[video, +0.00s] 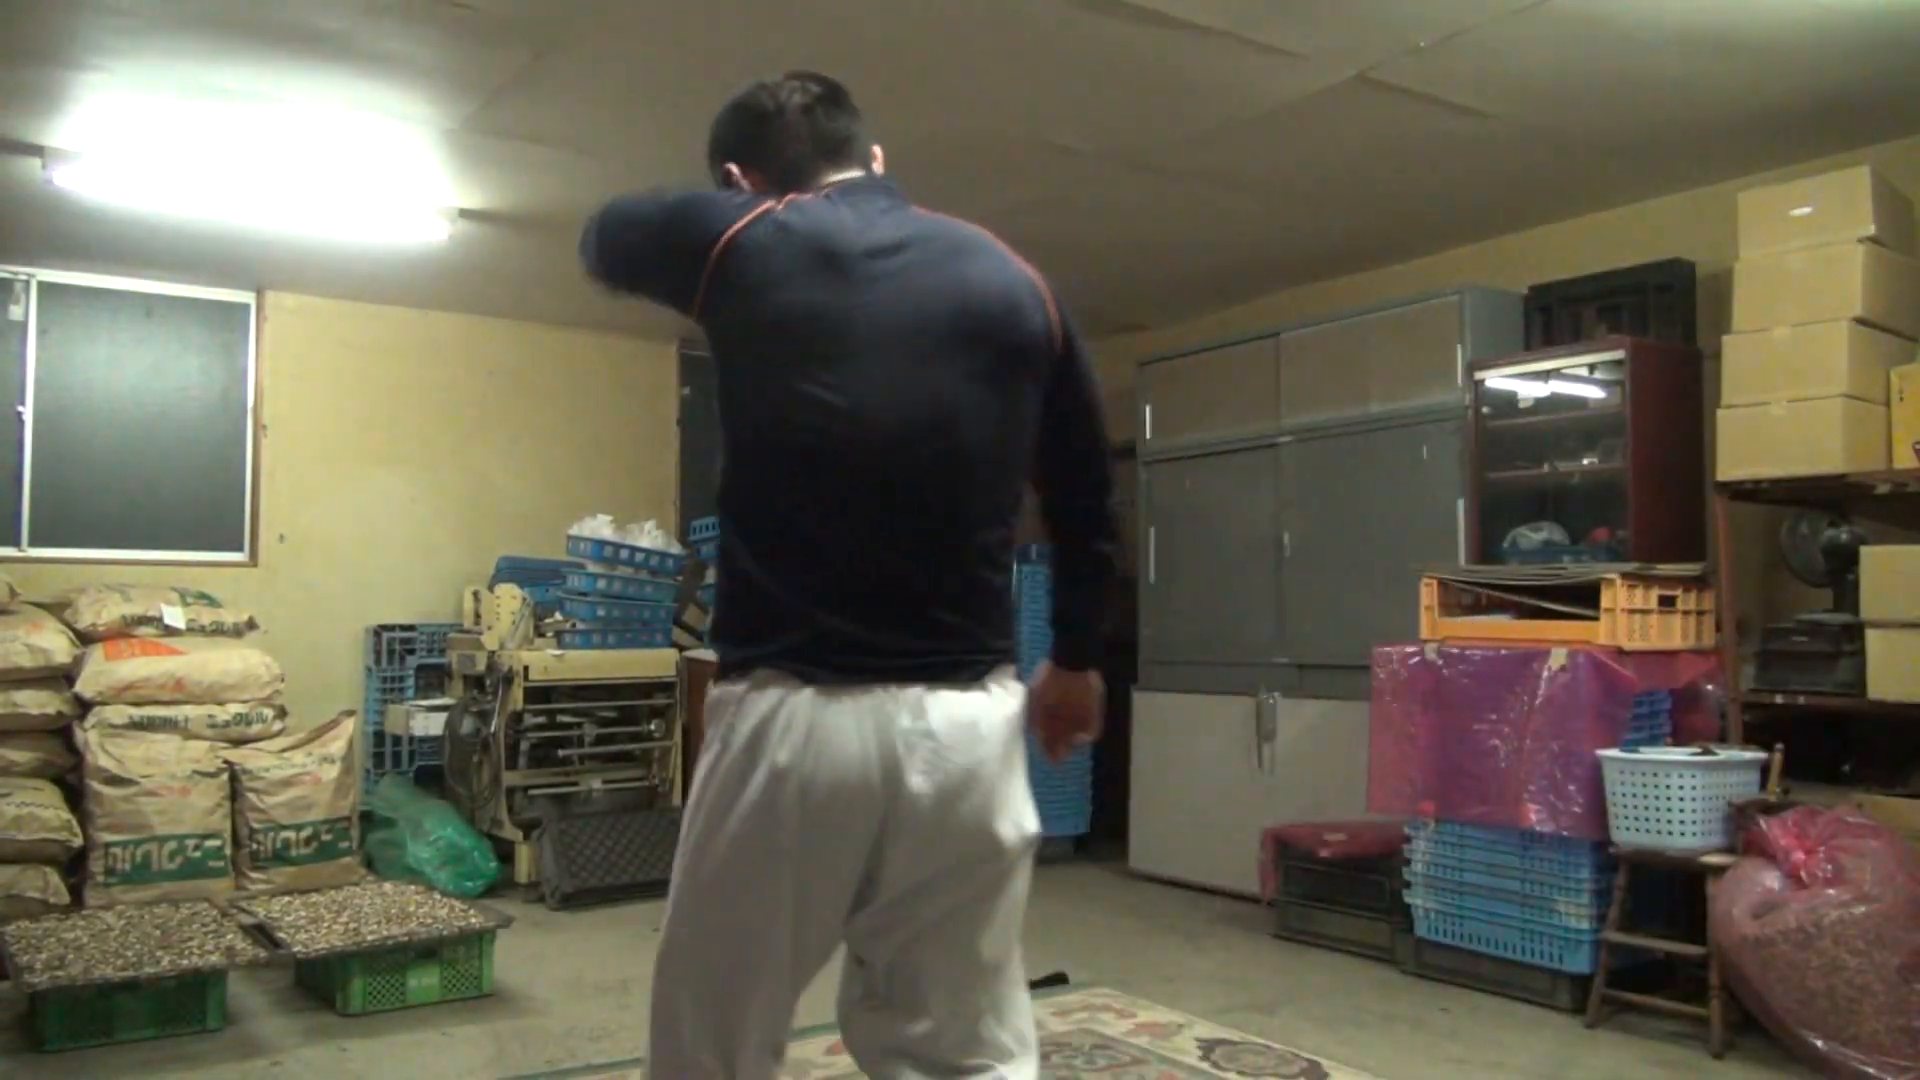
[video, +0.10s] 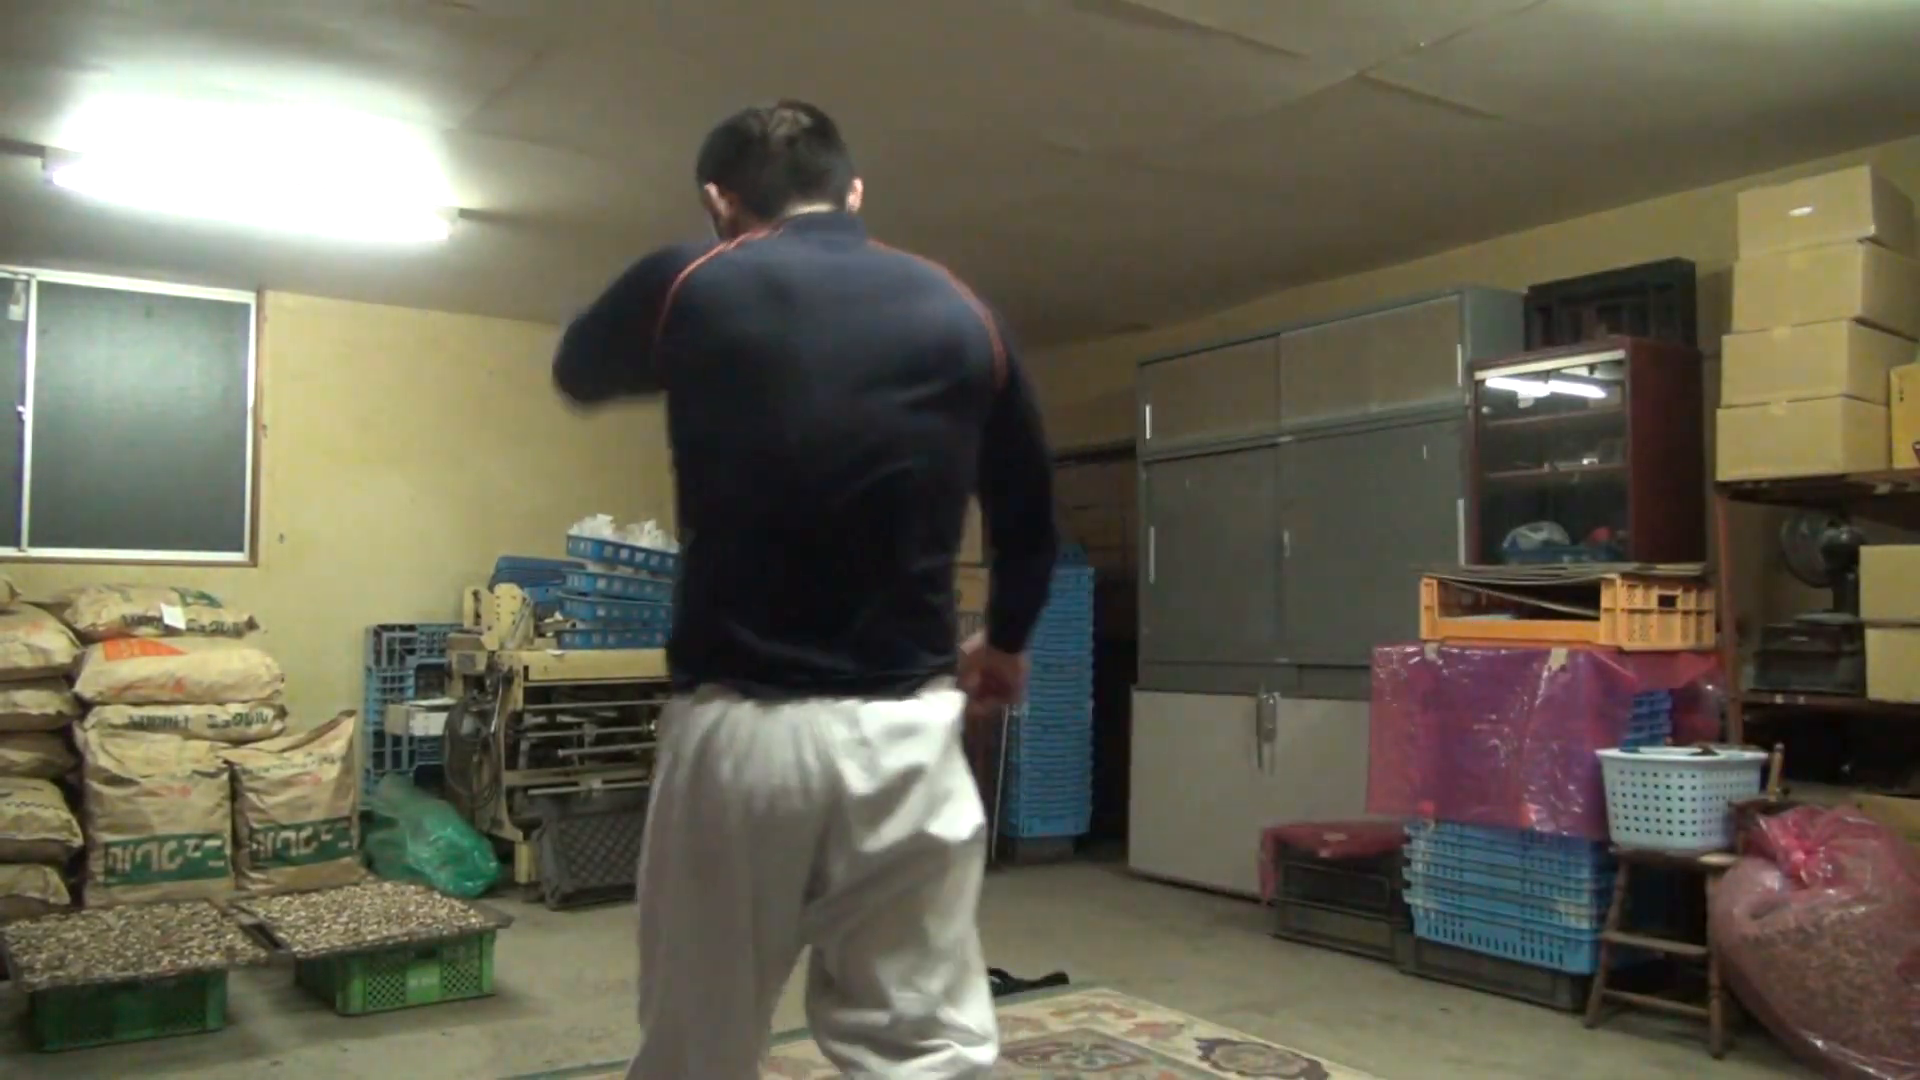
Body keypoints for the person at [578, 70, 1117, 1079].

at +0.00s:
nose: (725, 196)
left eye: (723, 185)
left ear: (743, 185)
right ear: (881, 164)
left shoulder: (751, 249)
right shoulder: (1013, 279)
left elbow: (608, 237)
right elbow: (1084, 496)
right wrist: (1080, 658)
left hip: (791, 731)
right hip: (973, 734)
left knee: (711, 1054)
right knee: (970, 1053)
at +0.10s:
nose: (705, 224)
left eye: (705, 210)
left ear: (722, 205)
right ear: (858, 197)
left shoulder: (694, 293)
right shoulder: (956, 309)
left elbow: (579, 370)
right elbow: (1025, 511)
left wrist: (702, 261)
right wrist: (1005, 642)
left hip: (736, 739)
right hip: (911, 739)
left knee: (694, 1057)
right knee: (925, 1053)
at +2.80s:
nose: (405, 288)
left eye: (403, 265)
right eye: (395, 263)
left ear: (321, 267)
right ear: (337, 262)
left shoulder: (213, 349)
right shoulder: (290, 339)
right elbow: (238, 482)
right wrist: (391, 573)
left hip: (112, 698)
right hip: (205, 698)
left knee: (90, 1013)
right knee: (362, 962)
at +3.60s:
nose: (419, 339)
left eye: (421, 316)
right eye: (415, 313)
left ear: (309, 310)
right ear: (366, 308)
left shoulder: (205, 380)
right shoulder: (353, 390)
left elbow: (288, 501)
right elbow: (394, 566)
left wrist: (433, 498)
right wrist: (539, 548)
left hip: (101, 715)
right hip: (236, 716)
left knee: (51, 1018)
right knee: (411, 957)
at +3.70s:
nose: (421, 349)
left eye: (423, 330)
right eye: (421, 328)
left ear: (309, 312)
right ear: (388, 321)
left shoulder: (197, 390)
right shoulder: (398, 409)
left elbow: (208, 540)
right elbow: (489, 553)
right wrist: (585, 494)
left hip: (158, 729)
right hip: (303, 730)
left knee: (84, 1012)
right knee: (457, 968)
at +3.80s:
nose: (440, 376)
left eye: (441, 358)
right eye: (441, 358)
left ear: (329, 341)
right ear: (420, 354)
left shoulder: (218, 424)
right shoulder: (450, 431)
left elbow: (199, 582)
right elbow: (591, 519)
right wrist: (619, 419)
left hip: (210, 772)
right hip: (364, 776)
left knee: (141, 1010)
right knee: (510, 983)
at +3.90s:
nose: (458, 370)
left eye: (458, 351)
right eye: (458, 350)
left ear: (349, 338)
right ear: (429, 346)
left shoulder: (243, 426)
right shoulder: (455, 422)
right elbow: (599, 505)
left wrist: (425, 517)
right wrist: (636, 410)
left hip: (209, 757)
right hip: (355, 760)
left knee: (139, 1000)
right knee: (501, 978)